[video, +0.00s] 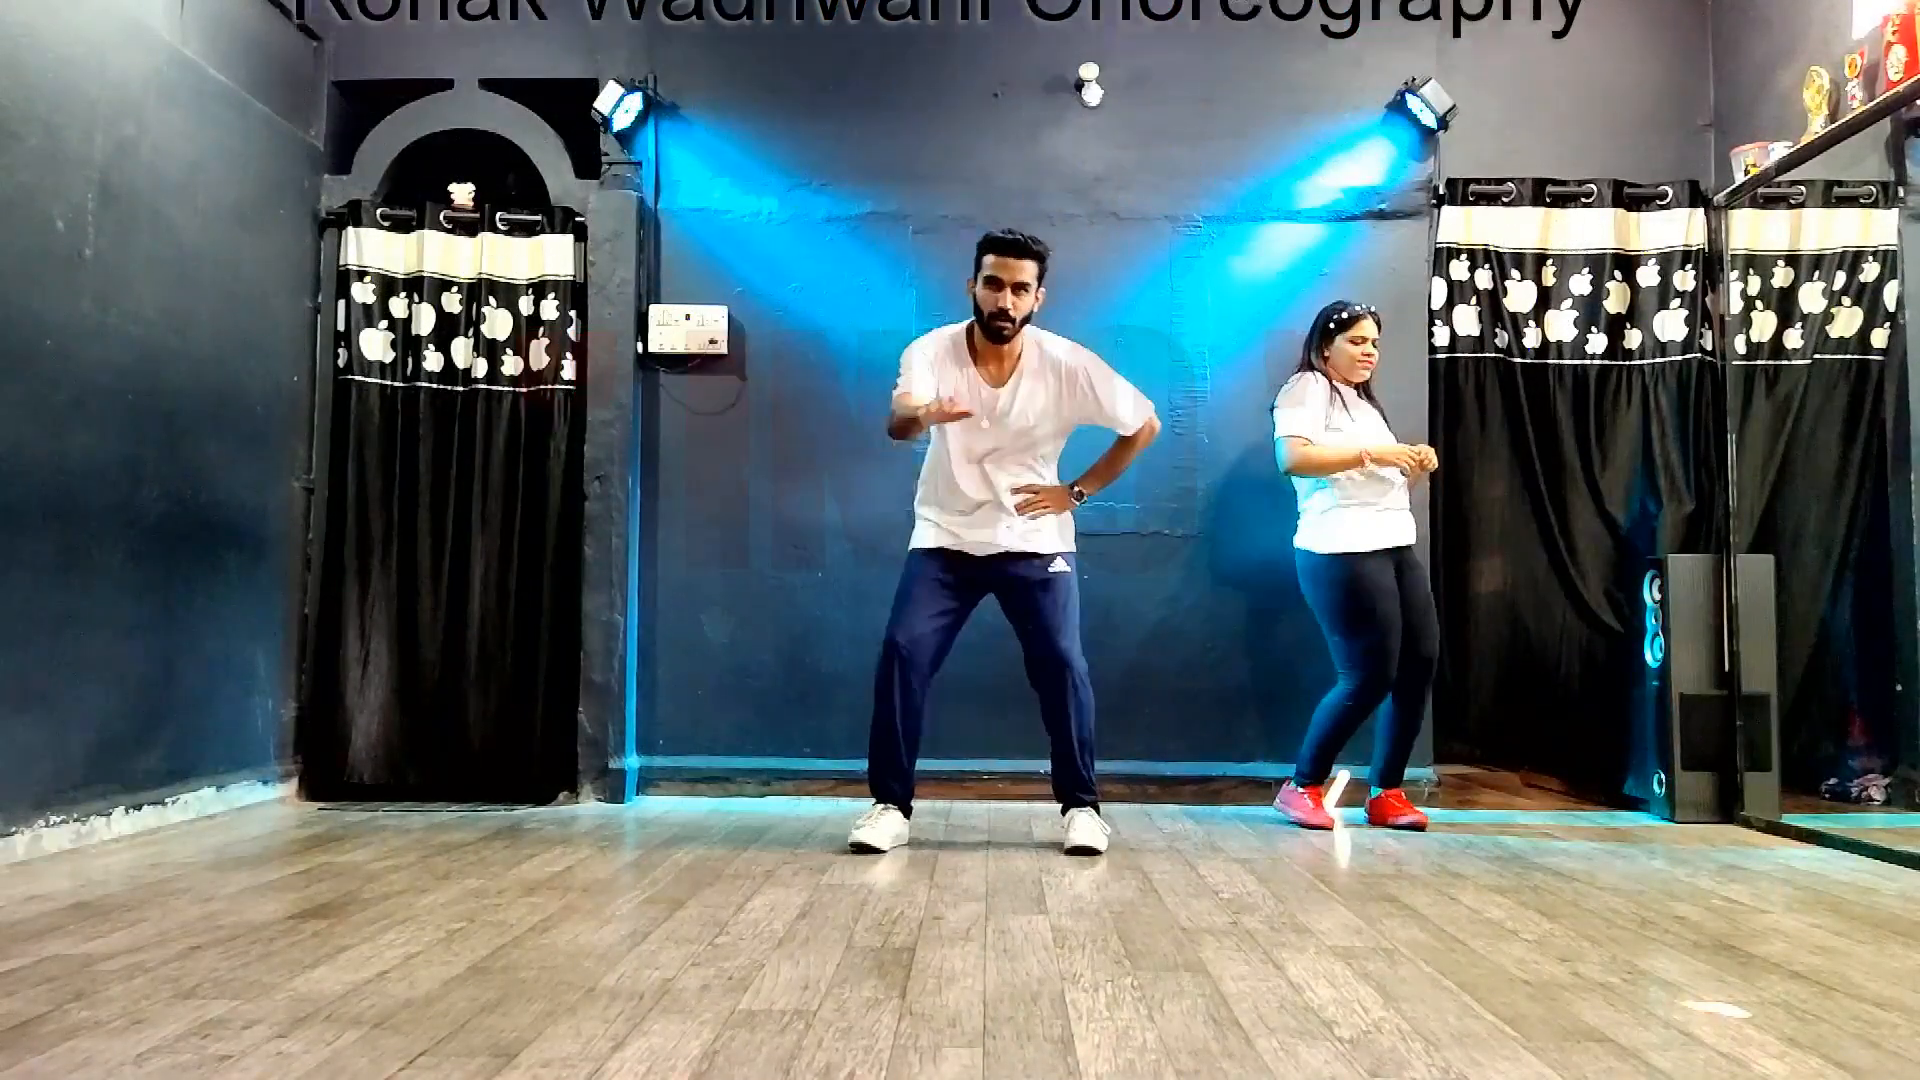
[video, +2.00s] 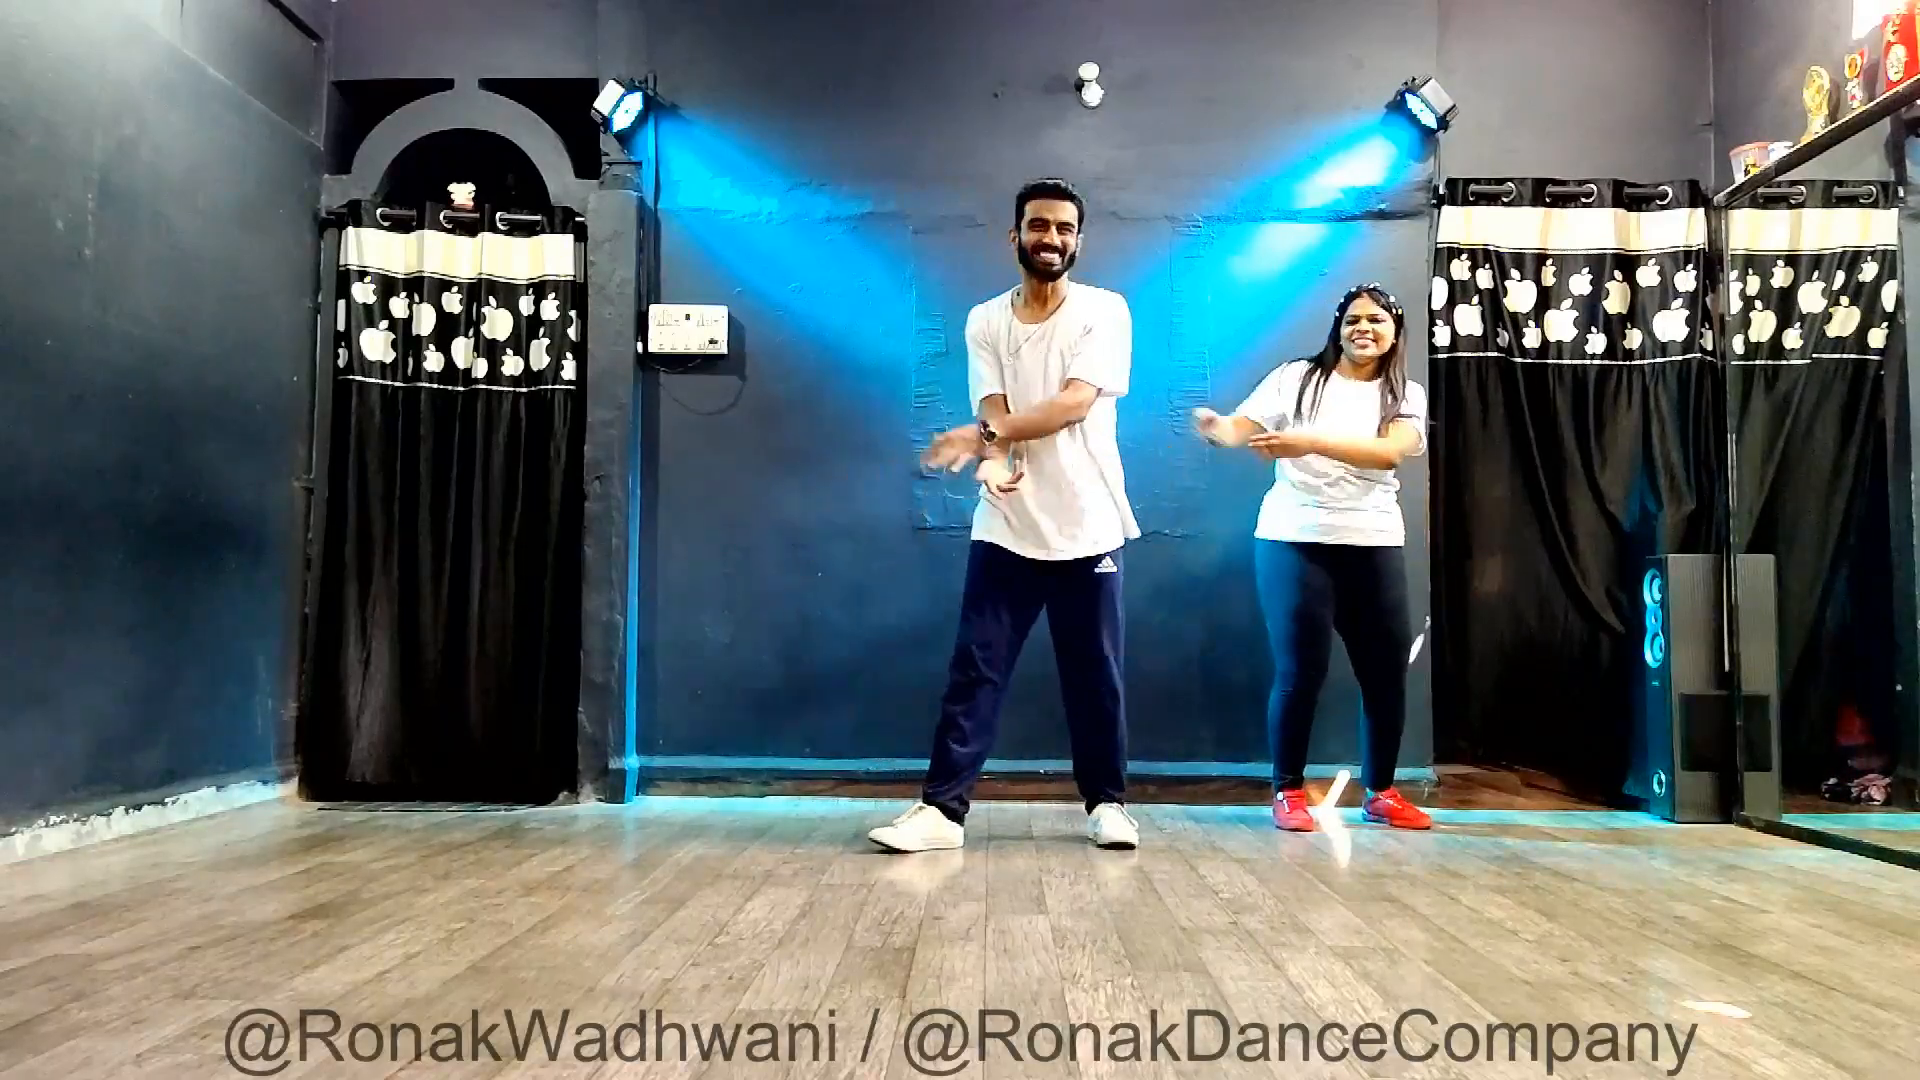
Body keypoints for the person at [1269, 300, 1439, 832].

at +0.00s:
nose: (1368, 352)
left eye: (1373, 343)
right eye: (1356, 342)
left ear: (1376, 349)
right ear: (1324, 346)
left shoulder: (1363, 403)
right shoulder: (1305, 388)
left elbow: (1376, 487)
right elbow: (1293, 457)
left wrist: (1414, 470)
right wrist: (1371, 454)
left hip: (1396, 548)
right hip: (1340, 551)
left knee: (1418, 663)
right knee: (1368, 674)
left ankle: (1385, 793)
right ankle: (1301, 788)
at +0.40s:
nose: (1341, 326)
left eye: (1349, 317)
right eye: (1328, 321)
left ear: (1364, 327)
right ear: (1310, 333)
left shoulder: (1379, 396)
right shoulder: (1279, 376)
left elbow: (1396, 473)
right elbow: (1220, 432)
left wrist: (1409, 513)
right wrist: (1266, 443)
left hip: (1357, 543)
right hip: (1282, 539)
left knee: (1373, 664)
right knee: (1298, 666)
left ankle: (1375, 792)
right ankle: (1286, 792)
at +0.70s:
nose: (1315, 352)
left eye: (1323, 341)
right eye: (1303, 347)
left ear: (1342, 344)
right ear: (1291, 360)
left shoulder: (1377, 403)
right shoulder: (1272, 409)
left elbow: (1429, 474)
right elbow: (1243, 480)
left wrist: (1397, 528)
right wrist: (1207, 496)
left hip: (1334, 549)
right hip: (1257, 546)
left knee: (1329, 676)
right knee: (1244, 669)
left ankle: (1370, 791)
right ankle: (1272, 793)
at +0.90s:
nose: (1303, 366)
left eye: (1311, 353)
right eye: (1291, 360)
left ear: (1331, 352)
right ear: (1283, 371)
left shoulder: (1374, 405)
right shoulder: (1280, 426)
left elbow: (1397, 480)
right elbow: (1253, 505)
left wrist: (1328, 509)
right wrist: (1226, 570)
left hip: (1339, 557)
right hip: (1265, 554)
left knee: (1337, 680)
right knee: (1241, 668)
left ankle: (1380, 796)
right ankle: (1276, 793)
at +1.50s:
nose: (1338, 361)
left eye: (1346, 350)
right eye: (1324, 354)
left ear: (1358, 355)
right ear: (1303, 362)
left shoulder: (1372, 412)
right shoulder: (1277, 413)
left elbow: (1405, 476)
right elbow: (1255, 483)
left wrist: (1426, 538)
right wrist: (1254, 547)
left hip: (1378, 553)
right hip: (1306, 552)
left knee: (1422, 669)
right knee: (1326, 674)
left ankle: (1392, 796)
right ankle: (1293, 795)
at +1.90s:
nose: (1352, 324)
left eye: (1362, 317)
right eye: (1342, 317)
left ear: (1379, 330)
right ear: (1324, 330)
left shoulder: (1395, 395)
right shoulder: (1291, 380)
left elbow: (1403, 468)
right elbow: (1276, 455)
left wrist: (1351, 483)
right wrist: (1317, 482)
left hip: (1365, 547)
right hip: (1290, 543)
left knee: (1382, 671)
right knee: (1296, 672)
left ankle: (1378, 791)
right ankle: (1288, 792)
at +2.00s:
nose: (1364, 329)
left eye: (1376, 321)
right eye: (1355, 320)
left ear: (1394, 333)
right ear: (1339, 329)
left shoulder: (1404, 391)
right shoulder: (1295, 377)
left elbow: (1392, 452)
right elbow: (1243, 428)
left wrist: (1310, 445)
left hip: (1373, 544)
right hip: (1296, 539)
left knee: (1385, 672)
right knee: (1300, 670)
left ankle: (1380, 793)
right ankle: (1289, 792)